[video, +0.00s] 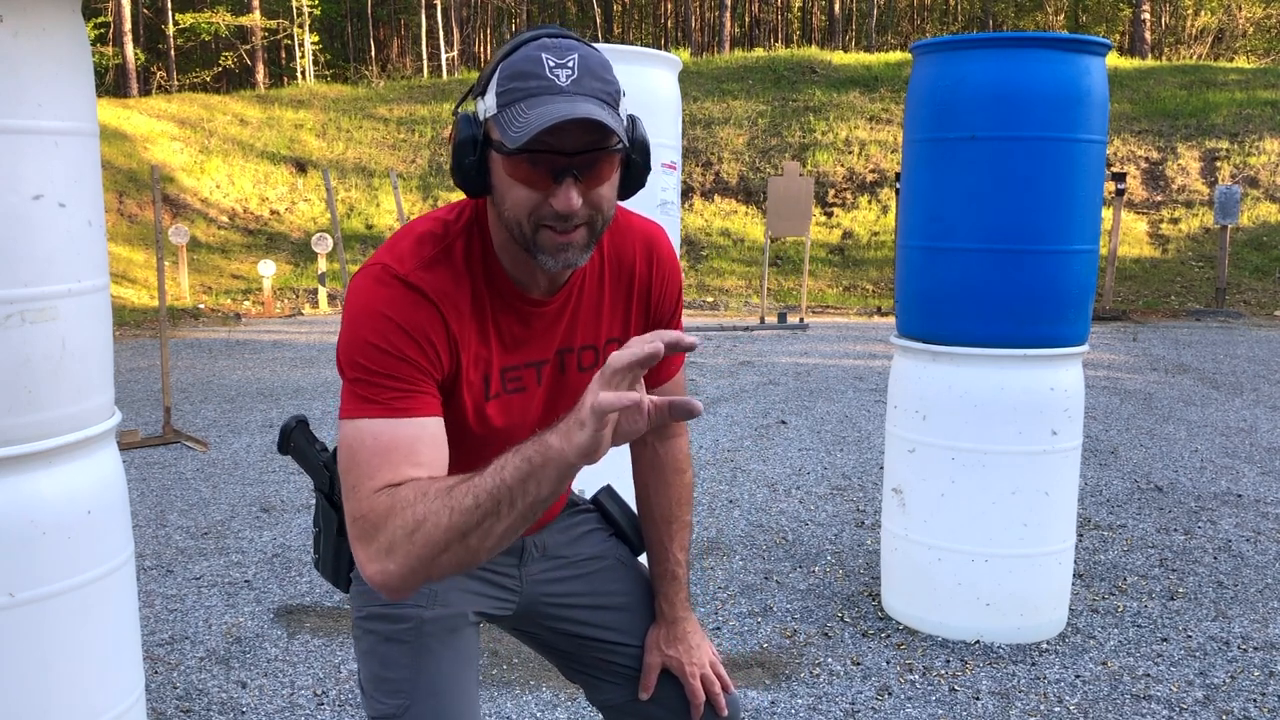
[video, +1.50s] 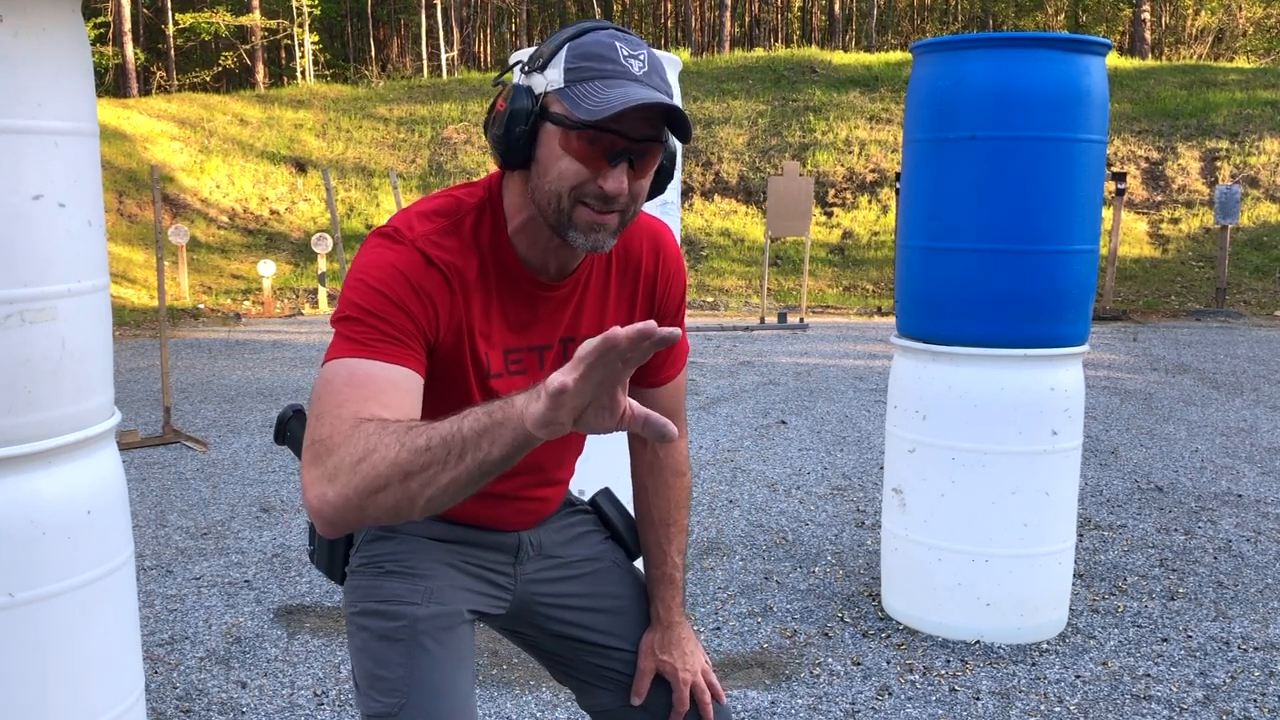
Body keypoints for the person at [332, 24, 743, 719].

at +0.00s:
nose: (568, 199)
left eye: (591, 165)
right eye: (537, 167)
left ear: (623, 162)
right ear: (482, 158)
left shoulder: (643, 257)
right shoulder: (398, 288)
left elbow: (662, 431)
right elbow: (391, 551)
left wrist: (675, 609)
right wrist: (574, 438)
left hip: (558, 532)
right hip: (421, 562)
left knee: (690, 702)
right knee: (431, 707)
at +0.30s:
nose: (577, 198)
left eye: (601, 163)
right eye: (548, 163)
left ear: (634, 162)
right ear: (491, 157)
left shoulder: (650, 261)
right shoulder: (401, 291)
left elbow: (665, 435)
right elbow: (356, 542)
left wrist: (674, 601)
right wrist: (553, 578)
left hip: (551, 524)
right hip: (416, 532)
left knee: (688, 702)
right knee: (431, 707)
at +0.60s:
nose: (593, 195)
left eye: (618, 164)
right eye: (565, 159)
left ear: (646, 167)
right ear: (506, 150)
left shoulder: (658, 265)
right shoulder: (408, 291)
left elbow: (669, 436)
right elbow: (333, 532)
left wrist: (679, 610)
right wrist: (523, 640)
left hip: (568, 532)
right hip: (432, 540)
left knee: (699, 704)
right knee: (436, 706)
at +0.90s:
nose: (612, 183)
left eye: (639, 154)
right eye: (591, 144)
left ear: (660, 164)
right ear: (522, 129)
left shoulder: (655, 256)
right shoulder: (408, 258)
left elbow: (667, 430)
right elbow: (323, 495)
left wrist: (673, 607)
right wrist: (543, 411)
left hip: (560, 528)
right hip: (421, 536)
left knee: (689, 704)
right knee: (428, 707)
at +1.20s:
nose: (618, 180)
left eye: (643, 152)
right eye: (597, 141)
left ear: (662, 162)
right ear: (526, 126)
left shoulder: (651, 255)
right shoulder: (416, 249)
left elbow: (662, 431)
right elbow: (339, 477)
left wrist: (669, 616)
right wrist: (548, 401)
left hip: (554, 530)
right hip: (415, 534)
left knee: (680, 703)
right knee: (424, 707)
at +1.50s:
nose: (617, 183)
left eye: (641, 155)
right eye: (594, 144)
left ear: (660, 164)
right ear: (520, 128)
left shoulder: (650, 257)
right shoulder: (411, 255)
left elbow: (663, 435)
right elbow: (338, 488)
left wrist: (670, 615)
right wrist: (543, 410)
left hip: (555, 530)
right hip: (417, 539)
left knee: (682, 705)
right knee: (424, 707)